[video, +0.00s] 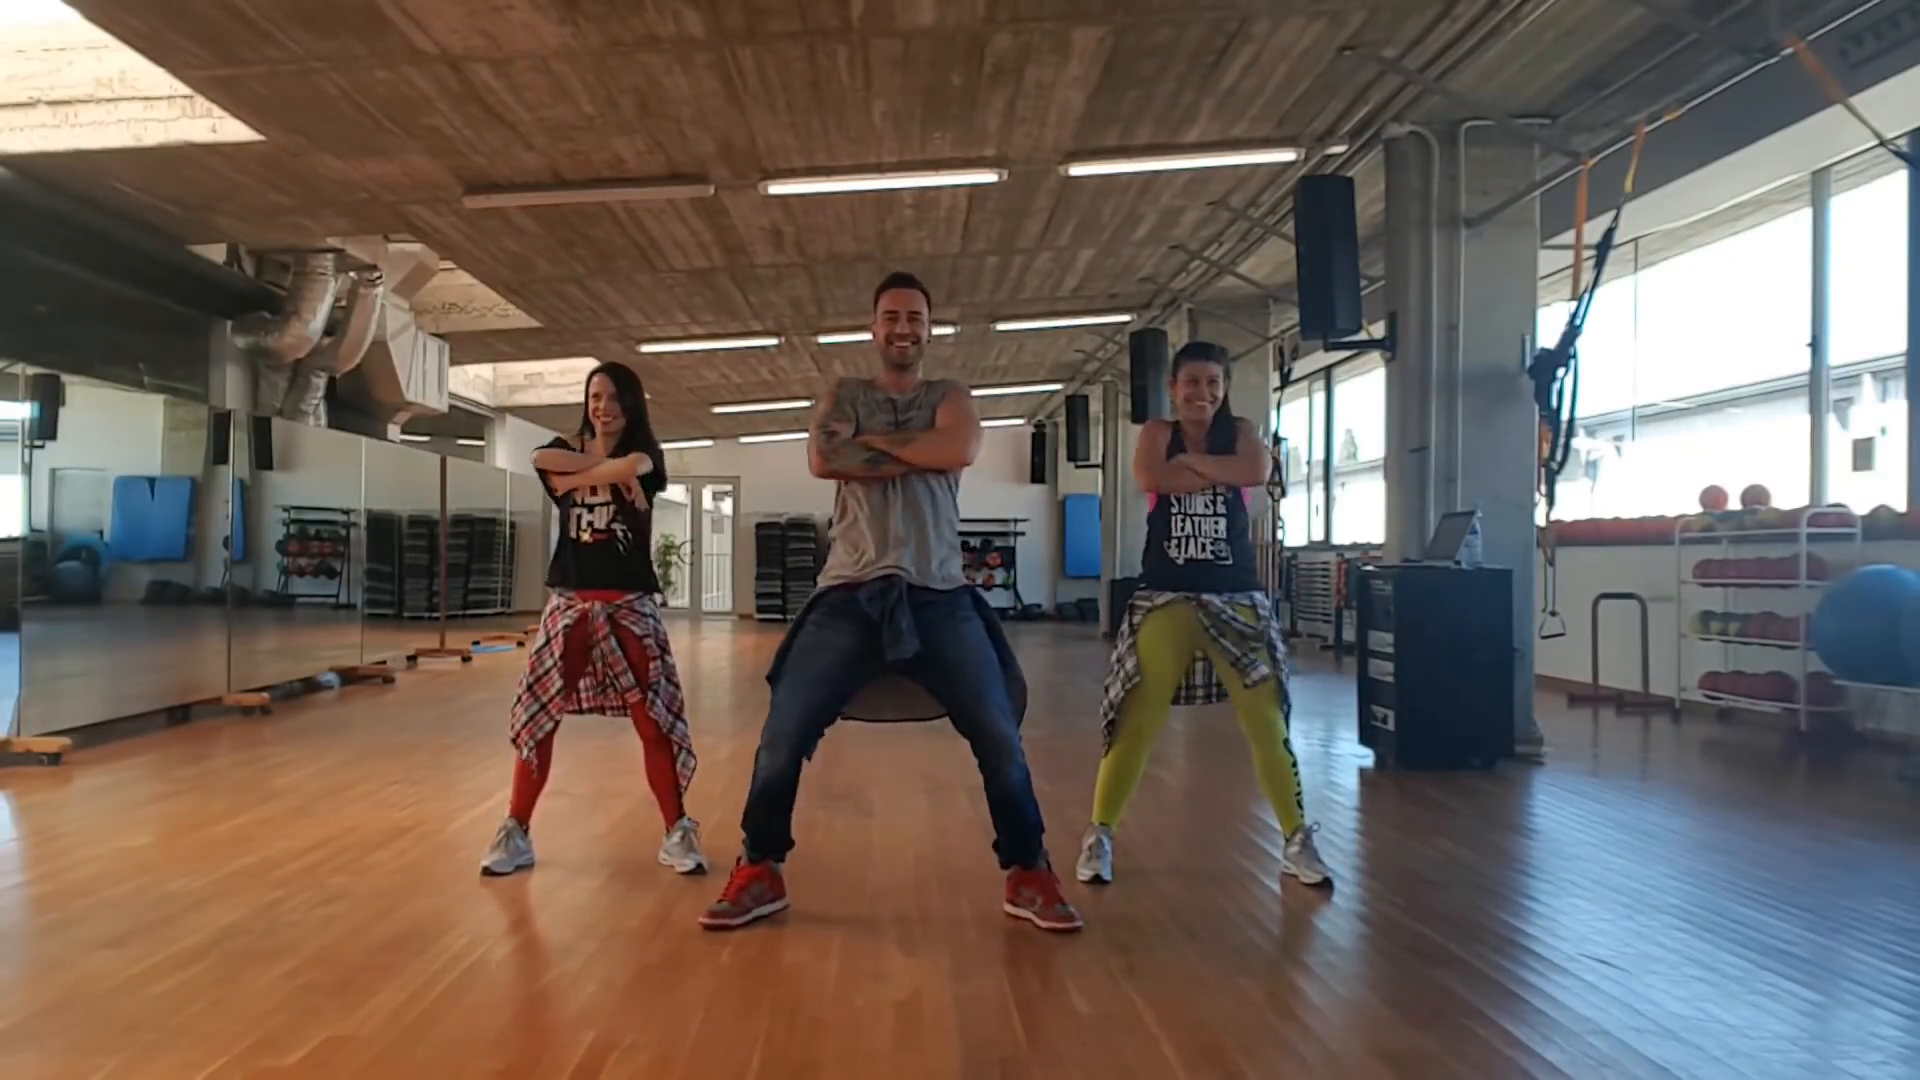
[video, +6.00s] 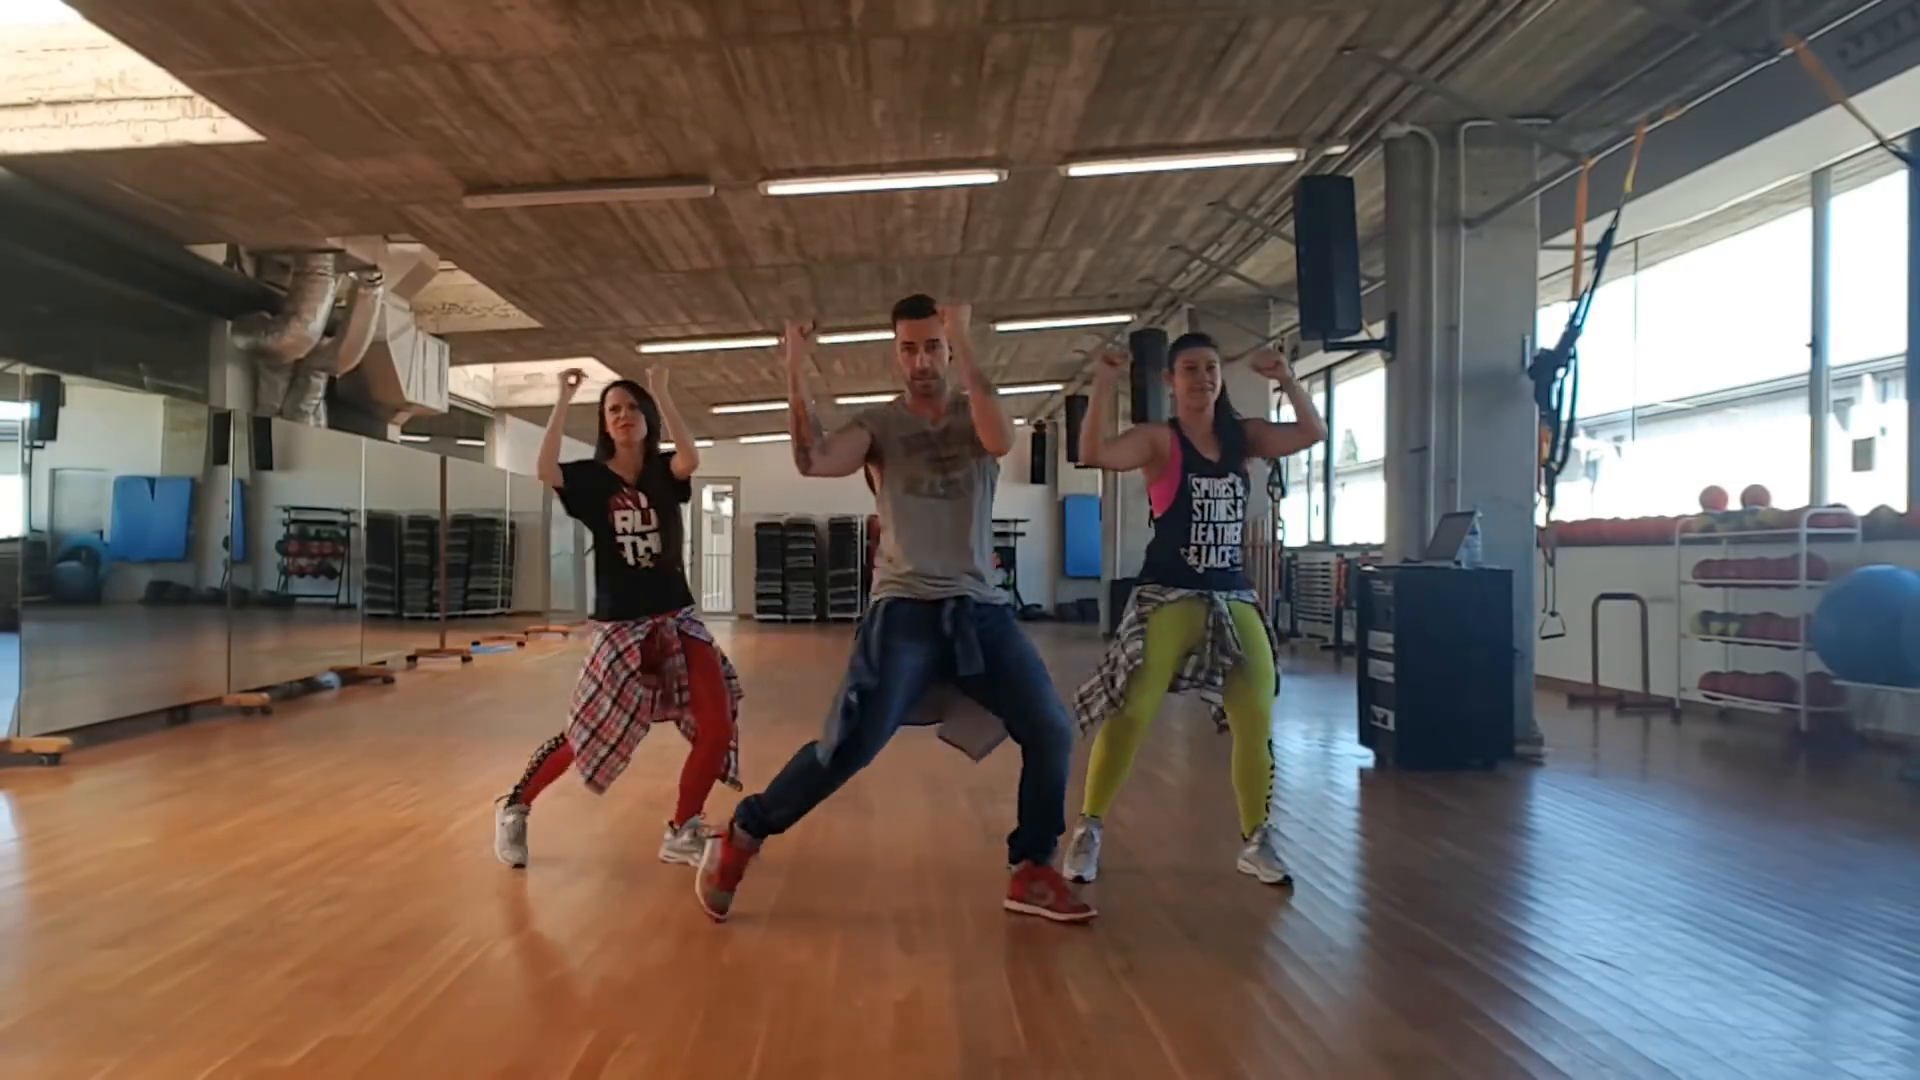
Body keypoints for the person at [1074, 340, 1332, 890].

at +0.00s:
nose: (1201, 392)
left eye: (1211, 383)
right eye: (1191, 382)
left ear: (1224, 388)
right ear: (1173, 387)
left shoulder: (1242, 431)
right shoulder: (1156, 432)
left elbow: (1256, 473)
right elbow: (1149, 477)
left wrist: (1188, 460)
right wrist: (1224, 470)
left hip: (1237, 598)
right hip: (1165, 598)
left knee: (1266, 721)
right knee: (1141, 718)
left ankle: (1297, 841)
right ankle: (1099, 837)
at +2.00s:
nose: (1186, 386)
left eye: (1196, 377)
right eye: (1177, 376)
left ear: (1209, 385)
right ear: (1158, 382)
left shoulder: (1222, 428)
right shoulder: (1140, 434)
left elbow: (1228, 473)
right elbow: (1125, 487)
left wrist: (1159, 466)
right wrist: (1193, 474)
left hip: (1216, 592)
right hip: (1148, 591)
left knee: (1253, 719)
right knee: (1125, 717)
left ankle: (1294, 841)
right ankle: (1096, 837)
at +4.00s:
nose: (1197, 374)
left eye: (1206, 367)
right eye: (1186, 366)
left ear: (1220, 379)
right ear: (1170, 379)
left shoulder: (1236, 426)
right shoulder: (1153, 429)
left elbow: (1257, 464)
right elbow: (1141, 478)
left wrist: (1181, 462)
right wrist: (1220, 476)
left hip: (1233, 591)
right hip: (1164, 591)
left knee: (1264, 714)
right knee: (1138, 717)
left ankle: (1297, 841)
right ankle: (1098, 838)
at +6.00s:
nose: (1202, 378)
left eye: (1210, 368)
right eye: (1191, 369)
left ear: (1222, 377)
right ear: (1172, 380)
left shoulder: (1242, 435)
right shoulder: (1159, 438)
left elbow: (1311, 432)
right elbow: (1091, 453)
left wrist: (1285, 379)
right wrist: (1102, 385)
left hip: (1233, 596)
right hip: (1171, 595)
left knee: (1256, 711)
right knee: (1134, 712)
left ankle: (1256, 840)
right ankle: (1088, 831)